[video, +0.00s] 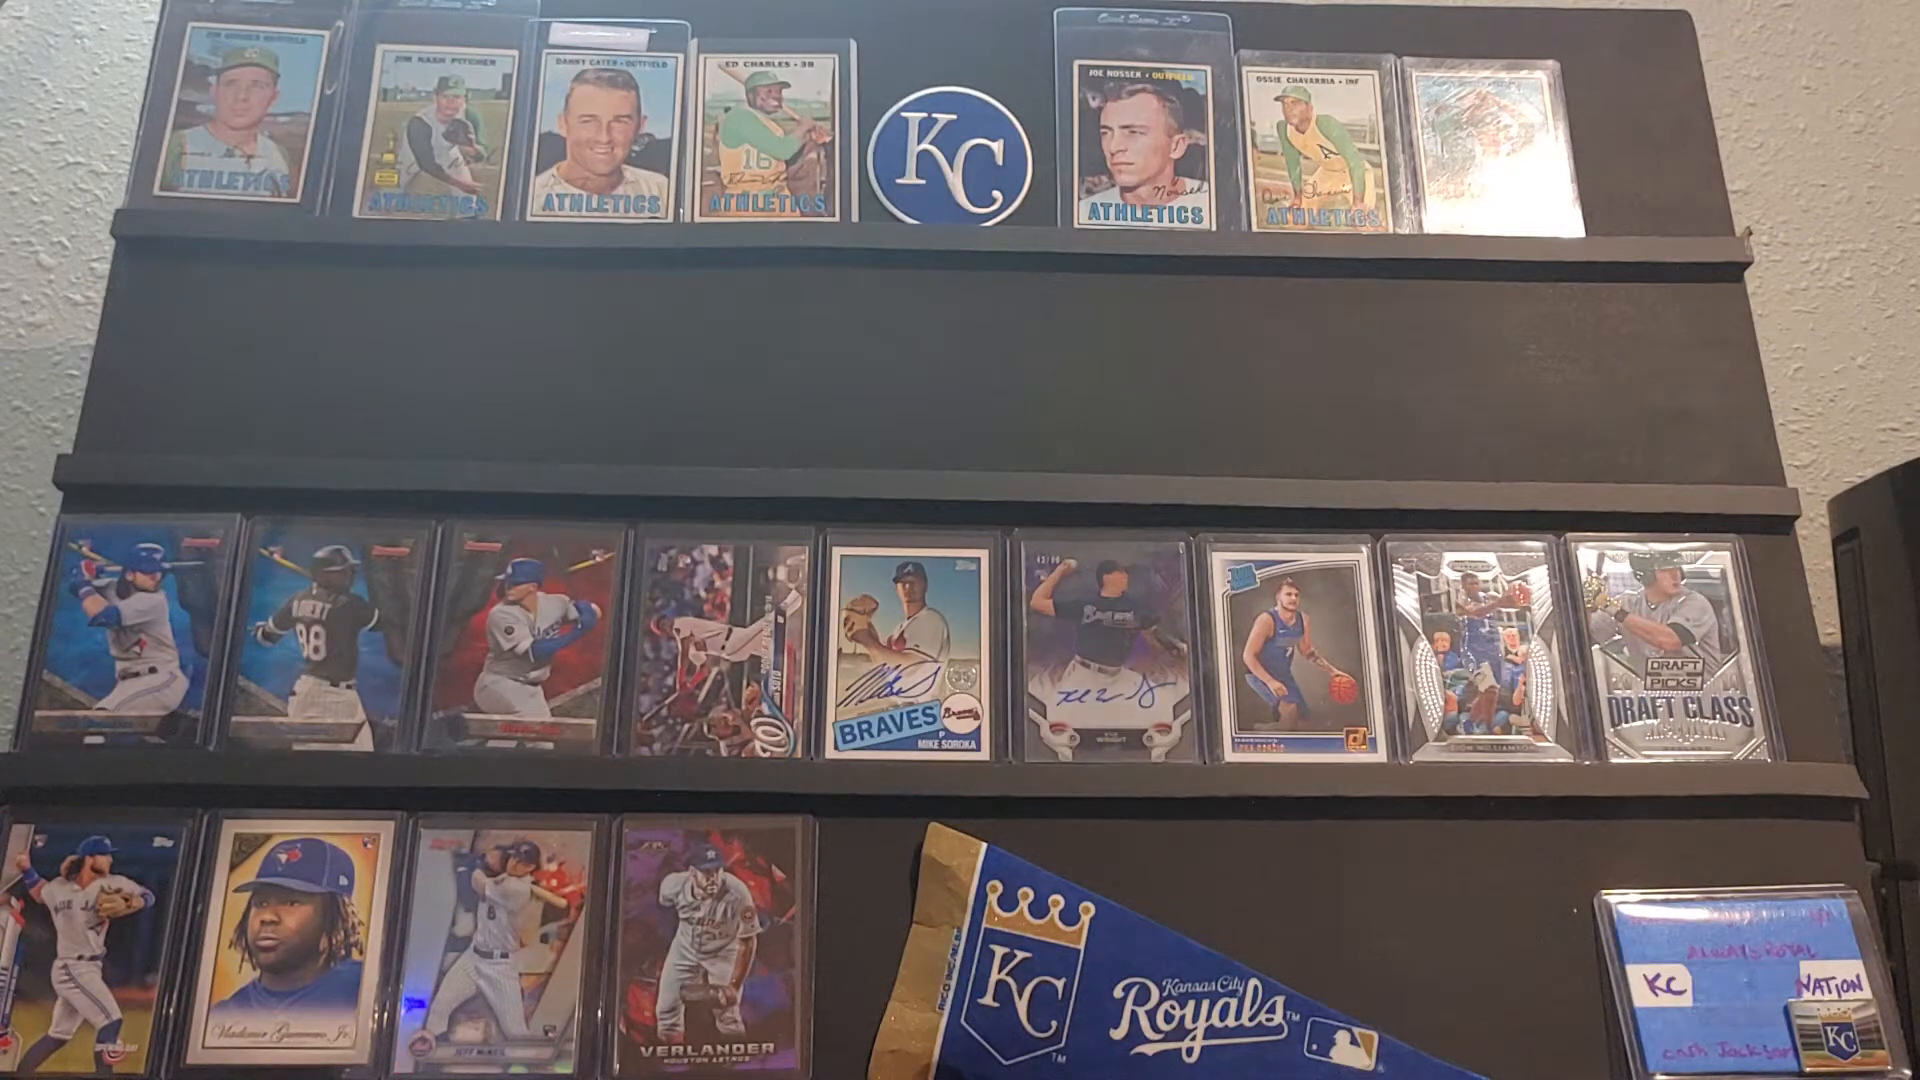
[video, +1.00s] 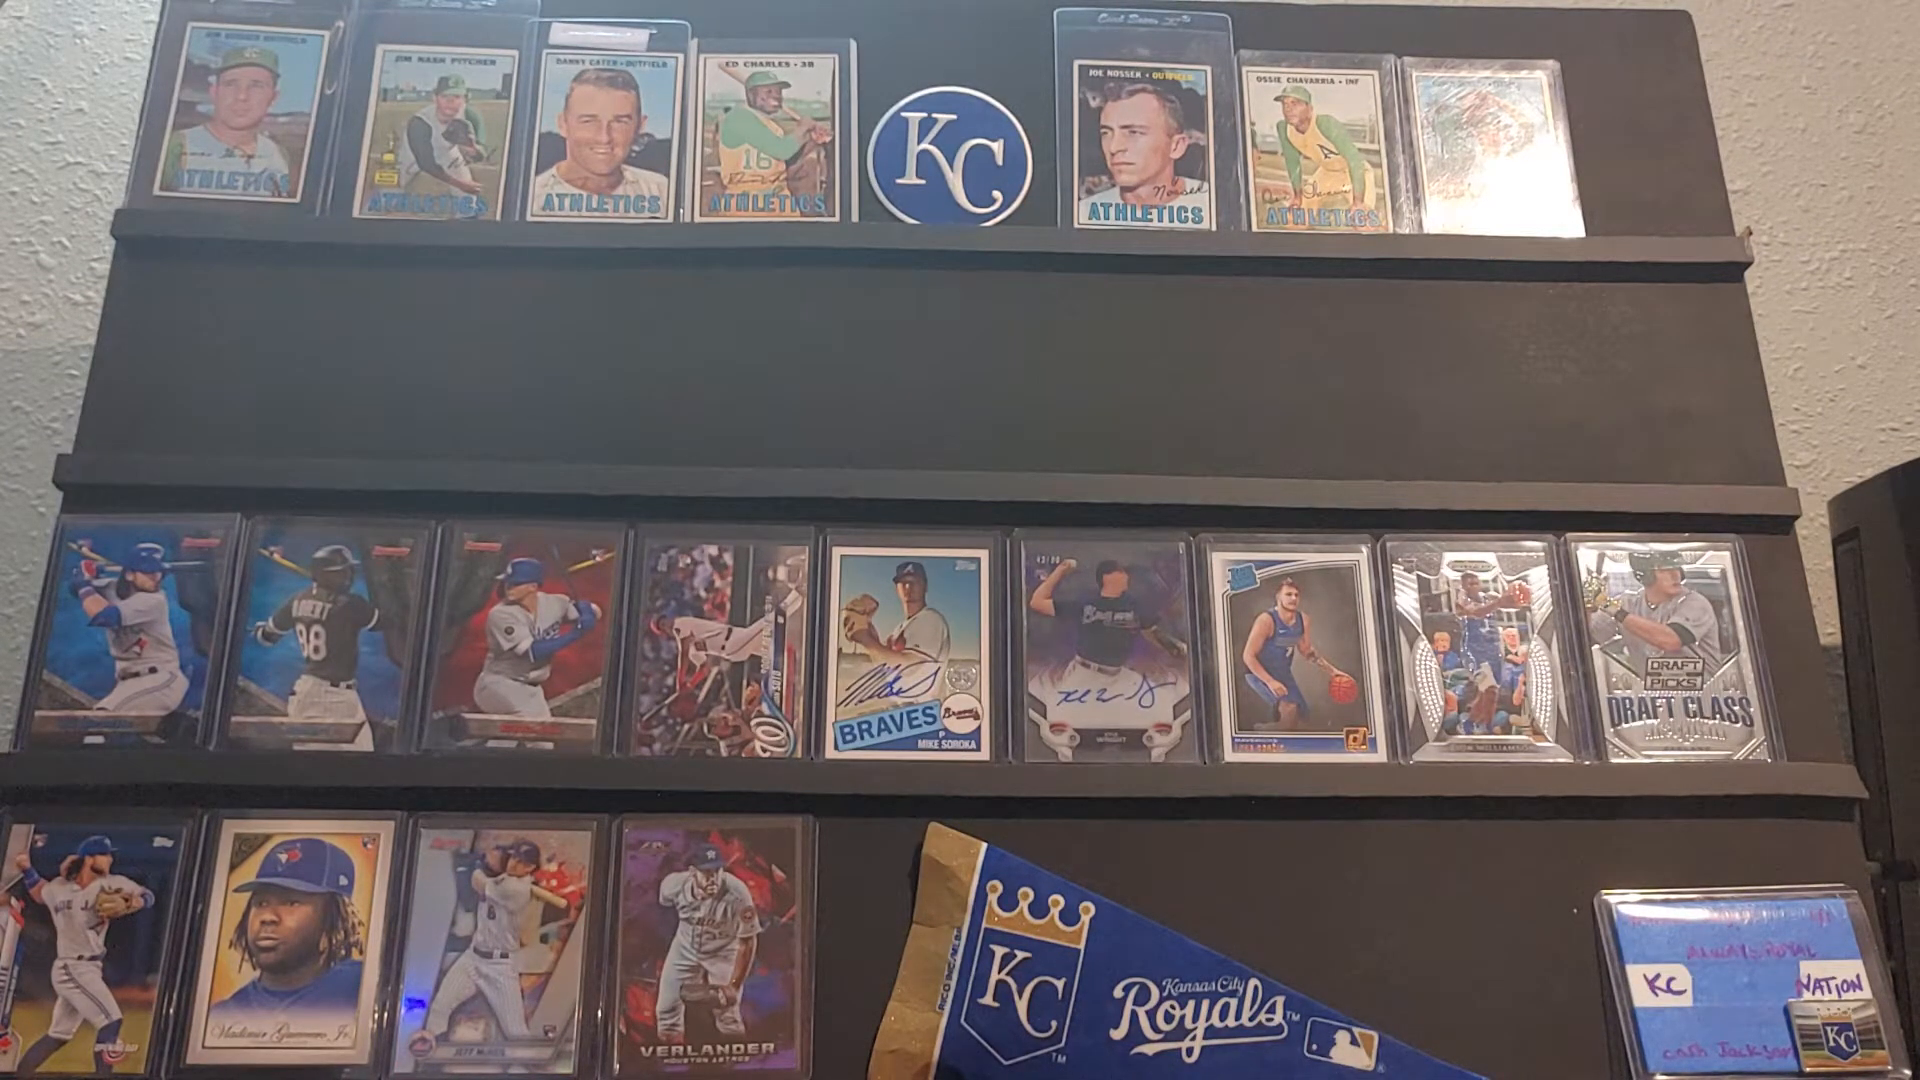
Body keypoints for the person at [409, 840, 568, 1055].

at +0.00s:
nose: (514, 863)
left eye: (521, 862)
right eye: (514, 858)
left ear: (530, 869)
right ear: (510, 858)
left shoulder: (518, 889)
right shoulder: (501, 879)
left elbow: (479, 884)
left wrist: (475, 867)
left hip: (500, 965)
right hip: (473, 958)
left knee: (515, 1030)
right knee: (440, 1006)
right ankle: (427, 1066)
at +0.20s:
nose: (514, 865)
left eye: (522, 863)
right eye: (514, 859)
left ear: (531, 869)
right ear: (509, 858)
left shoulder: (518, 890)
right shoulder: (500, 879)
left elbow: (479, 882)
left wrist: (477, 867)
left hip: (501, 966)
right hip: (472, 958)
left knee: (515, 1031)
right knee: (440, 1006)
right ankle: (423, 1063)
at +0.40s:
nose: (514, 865)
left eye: (521, 863)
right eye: (513, 859)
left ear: (530, 869)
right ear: (509, 858)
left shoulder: (518, 890)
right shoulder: (501, 879)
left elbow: (479, 882)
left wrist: (477, 867)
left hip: (501, 966)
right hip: (473, 958)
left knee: (515, 1031)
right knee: (440, 1005)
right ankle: (427, 1063)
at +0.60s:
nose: (514, 865)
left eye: (521, 863)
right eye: (513, 859)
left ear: (531, 869)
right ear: (509, 858)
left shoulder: (517, 889)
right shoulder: (501, 879)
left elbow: (478, 883)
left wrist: (477, 867)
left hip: (501, 965)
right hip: (472, 958)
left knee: (515, 1030)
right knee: (439, 1007)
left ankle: (531, 1072)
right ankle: (427, 1066)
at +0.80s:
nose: (514, 864)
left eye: (521, 862)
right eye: (513, 859)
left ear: (531, 869)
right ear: (509, 858)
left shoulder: (518, 890)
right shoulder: (500, 879)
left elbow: (478, 882)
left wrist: (479, 866)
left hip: (500, 965)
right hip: (472, 958)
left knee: (515, 1031)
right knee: (440, 1006)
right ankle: (426, 1064)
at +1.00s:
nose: (514, 864)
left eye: (521, 862)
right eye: (513, 858)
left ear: (531, 869)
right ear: (509, 858)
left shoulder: (518, 890)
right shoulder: (503, 878)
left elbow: (477, 881)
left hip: (501, 964)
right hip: (473, 957)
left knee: (515, 1030)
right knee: (441, 1004)